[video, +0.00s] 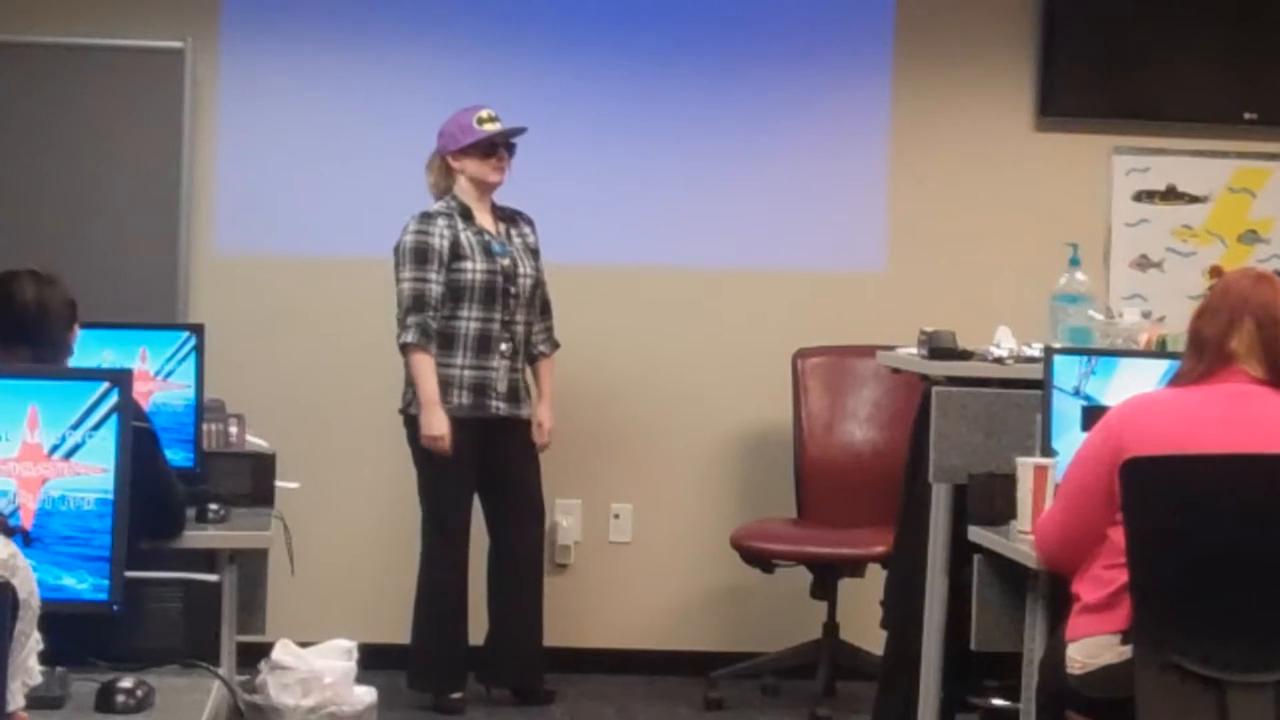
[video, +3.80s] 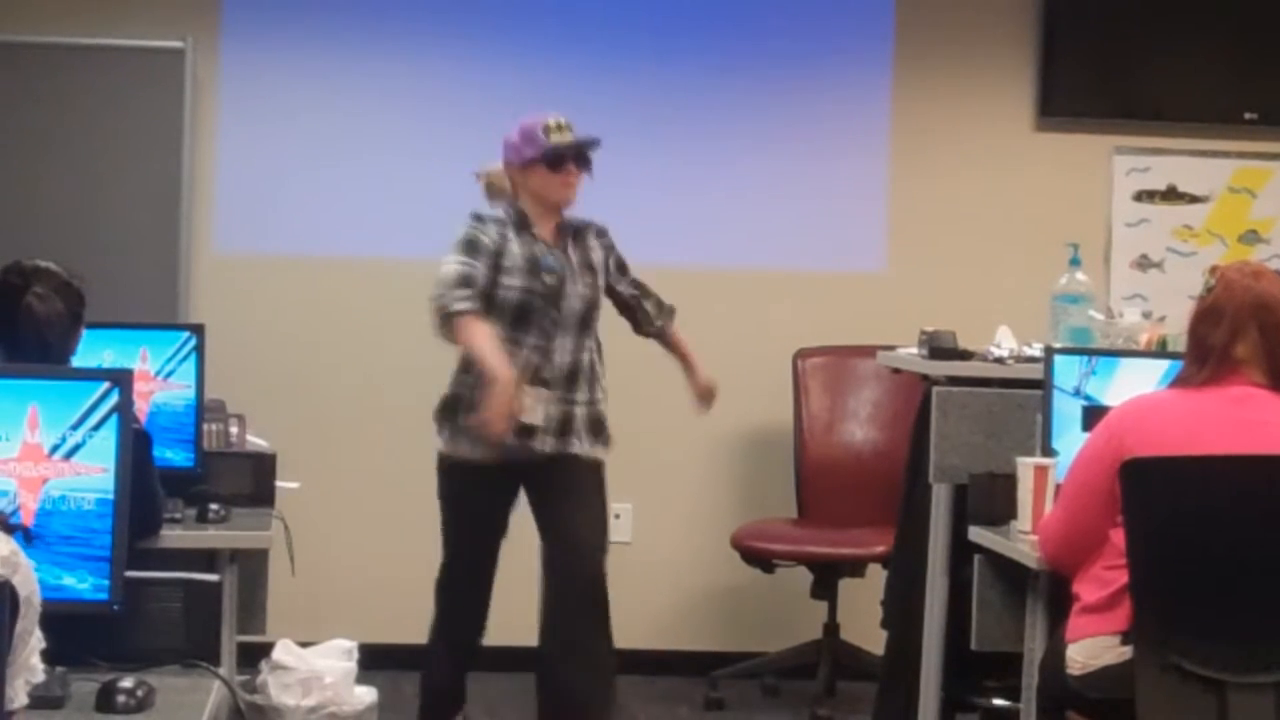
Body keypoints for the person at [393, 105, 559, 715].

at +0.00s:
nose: (501, 158)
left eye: (505, 150)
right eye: (487, 151)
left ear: (506, 159)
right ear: (454, 158)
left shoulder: (520, 230)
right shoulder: (427, 228)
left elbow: (538, 322)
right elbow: (414, 327)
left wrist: (544, 398)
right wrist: (430, 406)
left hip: (509, 415)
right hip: (446, 414)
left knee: (520, 543)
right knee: (447, 548)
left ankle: (515, 673)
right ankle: (440, 679)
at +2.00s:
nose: (469, 157)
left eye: (482, 148)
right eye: (458, 149)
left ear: (503, 160)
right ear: (445, 161)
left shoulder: (532, 235)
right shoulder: (418, 229)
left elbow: (550, 331)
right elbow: (386, 323)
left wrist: (555, 411)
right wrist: (382, 403)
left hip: (512, 411)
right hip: (431, 412)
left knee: (540, 529)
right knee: (436, 544)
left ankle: (537, 674)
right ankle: (435, 681)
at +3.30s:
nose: (480, 145)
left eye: (495, 137)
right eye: (480, 136)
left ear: (536, 148)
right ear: (482, 148)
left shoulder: (572, 223)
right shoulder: (452, 220)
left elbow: (566, 310)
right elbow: (432, 319)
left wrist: (486, 344)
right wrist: (449, 384)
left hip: (553, 419)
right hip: (469, 416)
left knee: (548, 560)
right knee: (466, 561)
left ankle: (547, 702)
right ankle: (458, 705)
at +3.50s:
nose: (511, 165)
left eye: (526, 155)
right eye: (499, 153)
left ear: (548, 166)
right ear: (483, 162)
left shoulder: (572, 240)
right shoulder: (449, 236)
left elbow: (572, 335)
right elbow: (414, 329)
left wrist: (526, 389)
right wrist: (411, 402)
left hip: (543, 430)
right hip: (457, 426)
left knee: (557, 572)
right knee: (453, 568)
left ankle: (524, 706)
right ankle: (454, 703)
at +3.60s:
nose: (536, 177)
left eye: (547, 168)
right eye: (521, 167)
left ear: (558, 180)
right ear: (492, 178)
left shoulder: (576, 257)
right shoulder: (450, 249)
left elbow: (594, 366)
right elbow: (407, 349)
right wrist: (400, 440)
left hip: (549, 450)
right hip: (460, 449)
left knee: (580, 580)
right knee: (454, 592)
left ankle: (533, 714)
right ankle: (446, 714)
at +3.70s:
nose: (556, 163)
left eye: (564, 154)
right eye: (540, 154)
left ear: (571, 164)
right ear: (506, 161)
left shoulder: (589, 240)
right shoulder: (465, 229)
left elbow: (632, 326)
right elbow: (424, 316)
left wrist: (667, 413)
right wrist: (440, 393)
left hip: (556, 433)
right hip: (471, 430)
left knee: (575, 569)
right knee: (458, 575)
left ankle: (569, 711)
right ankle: (437, 711)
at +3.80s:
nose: (571, 175)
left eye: (577, 165)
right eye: (555, 164)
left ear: (581, 173)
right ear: (519, 173)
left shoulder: (592, 243)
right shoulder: (487, 231)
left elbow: (640, 303)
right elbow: (456, 306)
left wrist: (692, 364)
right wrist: (500, 370)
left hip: (569, 441)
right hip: (484, 438)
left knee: (581, 579)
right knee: (464, 580)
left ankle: (578, 710)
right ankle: (439, 707)